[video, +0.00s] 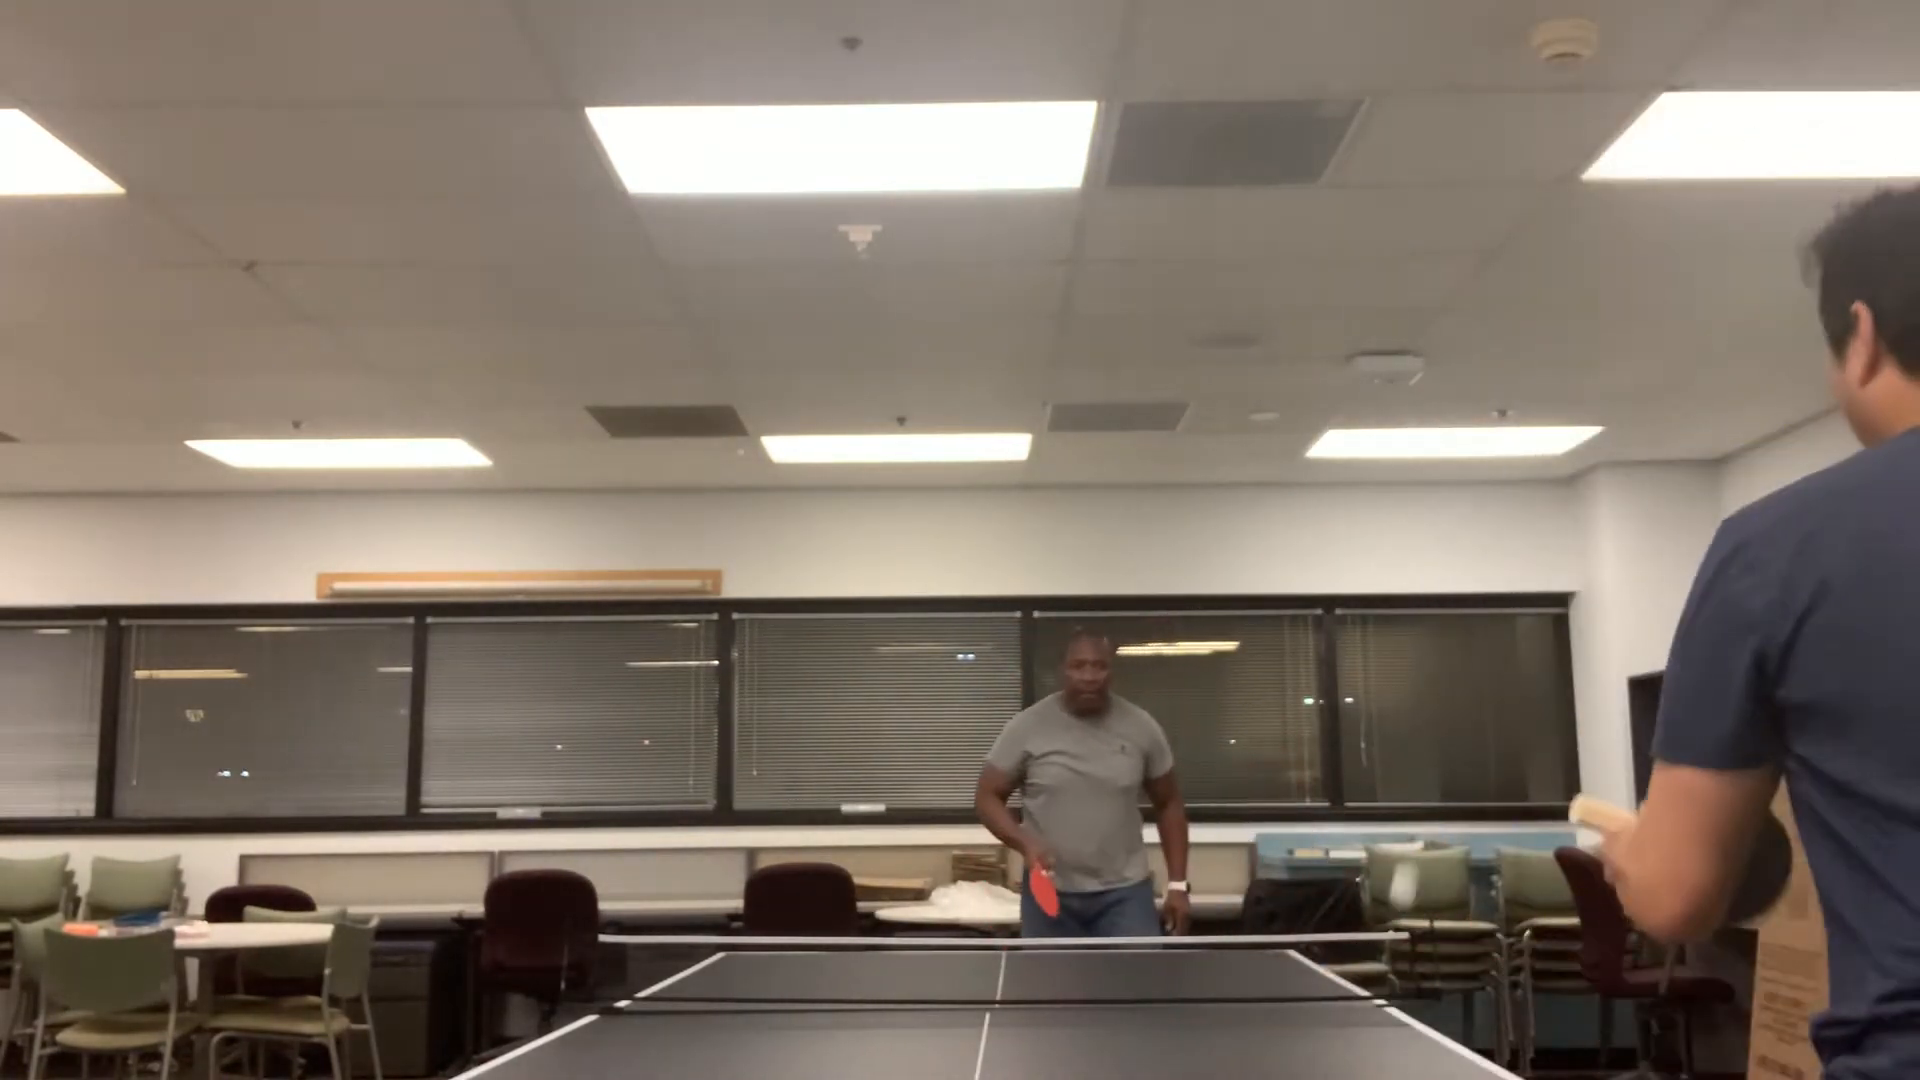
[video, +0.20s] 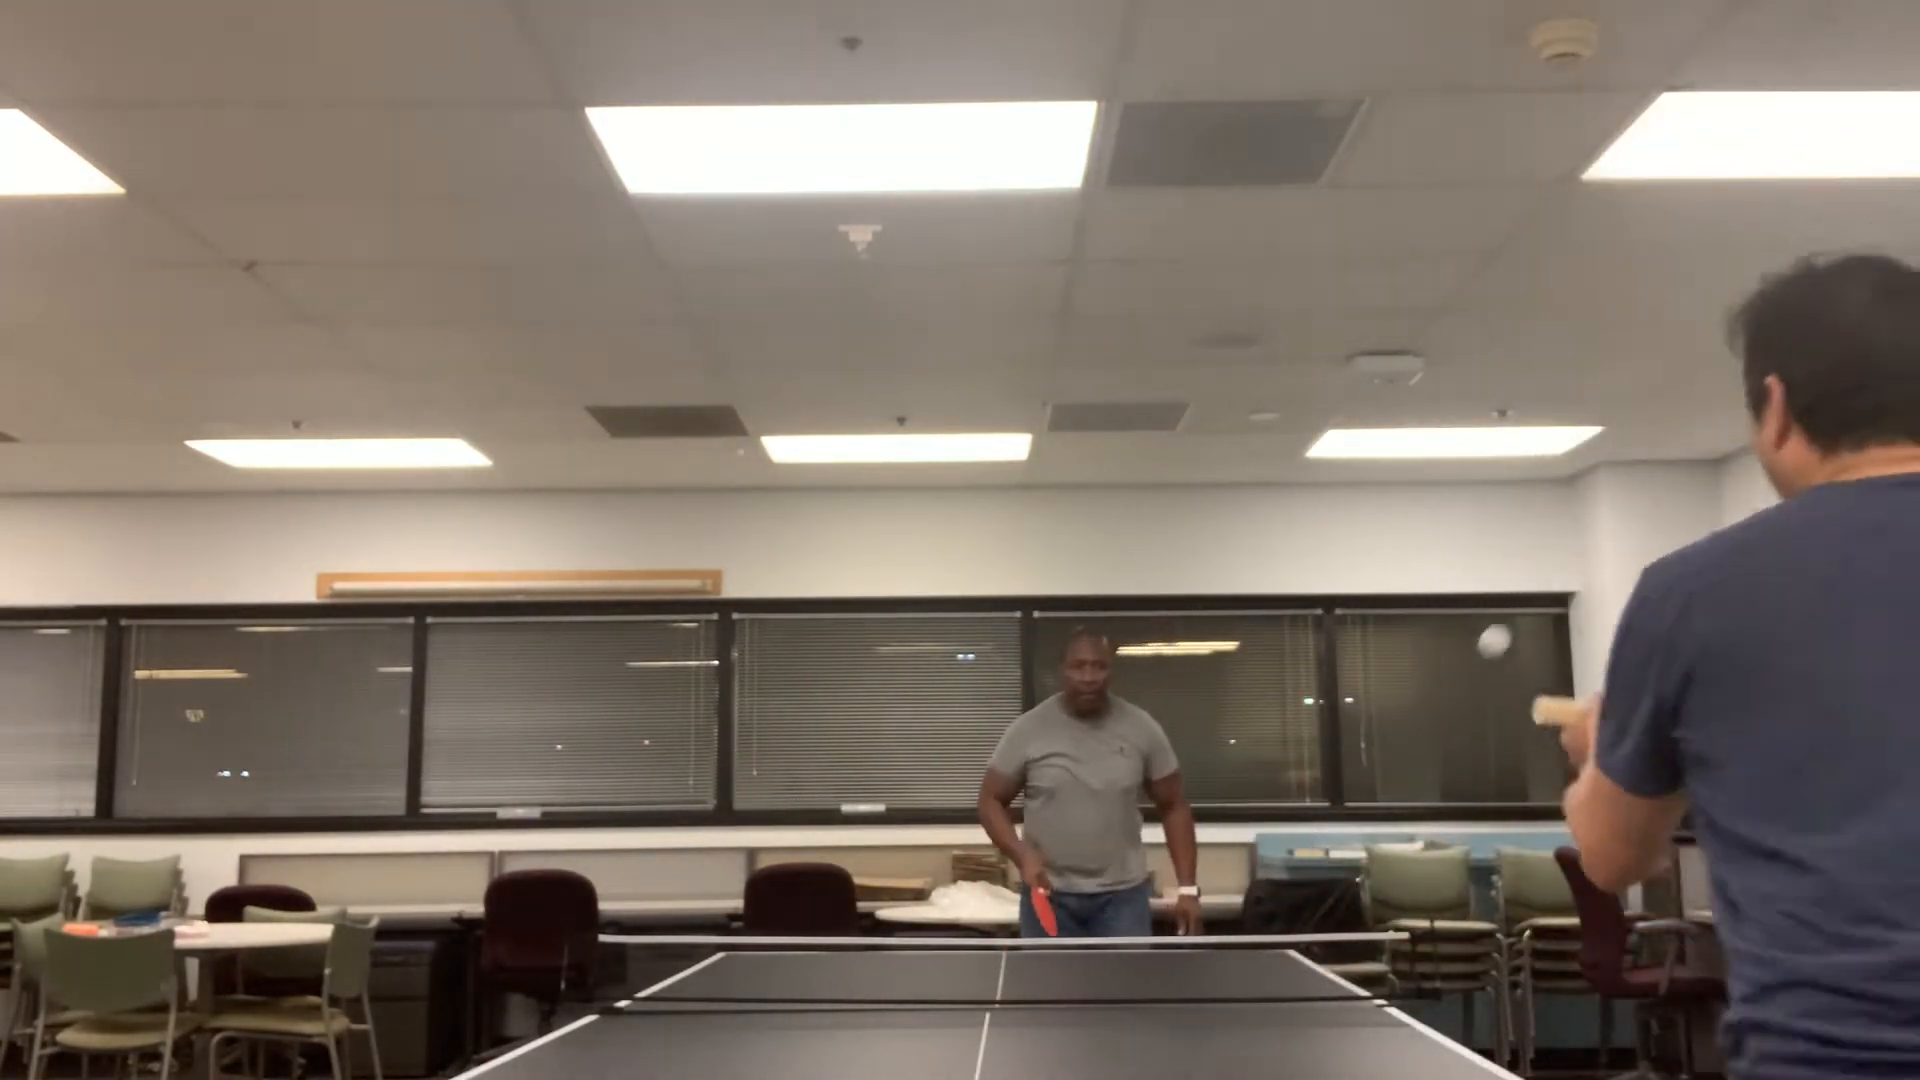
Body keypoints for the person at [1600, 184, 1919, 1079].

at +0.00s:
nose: (1834, 382)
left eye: (1831, 352)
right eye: (1829, 354)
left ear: (1864, 338)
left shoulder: (1789, 548)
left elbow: (1673, 899)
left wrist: (1626, 843)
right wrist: (1652, 841)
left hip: (1888, 1048)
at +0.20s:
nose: (1752, 435)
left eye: (1750, 410)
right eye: (1748, 412)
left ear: (1778, 408)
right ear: (1914, 387)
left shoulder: (1697, 594)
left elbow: (1613, 858)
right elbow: (1613, 857)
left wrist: (1593, 752)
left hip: (1809, 1050)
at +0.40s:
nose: (1665, 424)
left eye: (1660, 401)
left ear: (1682, 400)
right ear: (1847, 393)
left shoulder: (1605, 564)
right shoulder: (1911, 513)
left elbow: (1547, 754)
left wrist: (1514, 659)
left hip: (1705, 1043)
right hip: (1901, 1030)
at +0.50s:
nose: (1638, 427)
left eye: (1634, 406)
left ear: (1651, 401)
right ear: (1810, 392)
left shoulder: (1575, 559)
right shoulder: (1907, 507)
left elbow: (1517, 695)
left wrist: (1420, 642)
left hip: (1681, 1036)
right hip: (1890, 1022)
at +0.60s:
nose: (1628, 426)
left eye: (1622, 400)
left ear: (1646, 397)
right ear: (1800, 391)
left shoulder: (1571, 557)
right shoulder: (1905, 505)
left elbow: (1442, 709)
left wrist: (1337, 664)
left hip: (1670, 1031)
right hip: (1886, 1023)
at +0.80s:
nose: (1646, 403)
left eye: (1642, 373)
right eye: (1641, 376)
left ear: (1668, 371)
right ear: (1828, 363)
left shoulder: (1586, 554)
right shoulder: (1909, 499)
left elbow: (1416, 805)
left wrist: (1301, 765)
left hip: (1678, 1038)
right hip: (1892, 1033)